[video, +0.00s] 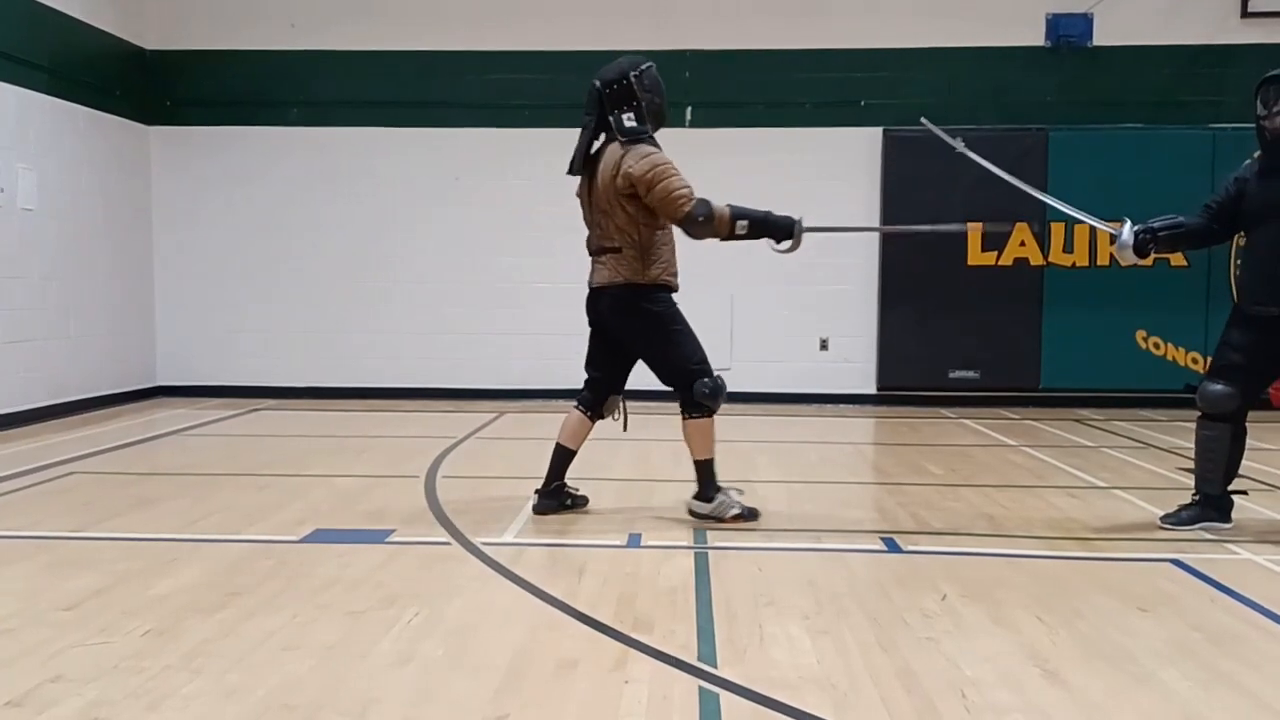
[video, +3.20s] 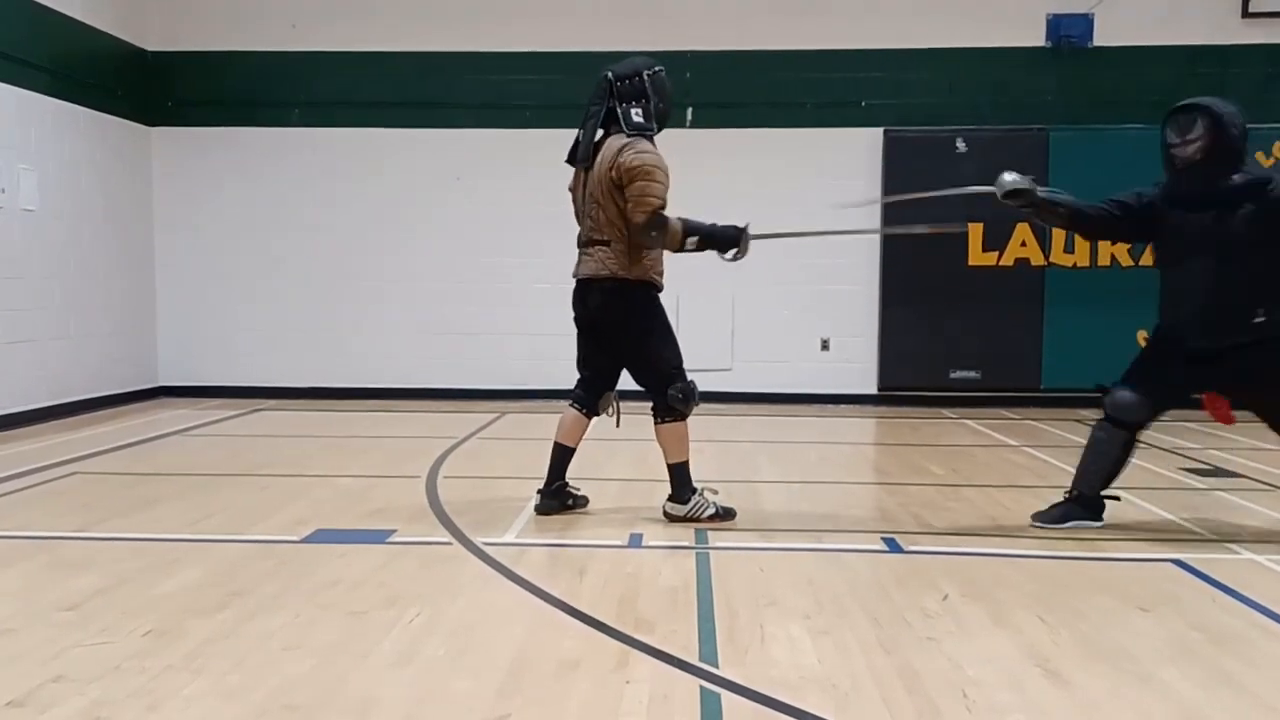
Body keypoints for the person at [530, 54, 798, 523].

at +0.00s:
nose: (660, 101)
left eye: (655, 92)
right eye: (652, 93)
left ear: (608, 103)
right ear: (638, 101)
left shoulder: (597, 154)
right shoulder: (641, 157)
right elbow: (698, 219)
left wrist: (731, 224)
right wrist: (767, 223)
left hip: (607, 297)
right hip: (642, 298)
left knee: (597, 394)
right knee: (699, 388)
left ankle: (551, 488)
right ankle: (708, 494)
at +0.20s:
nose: (696, 112)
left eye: (692, 104)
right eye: (689, 105)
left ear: (643, 113)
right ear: (677, 111)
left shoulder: (628, 169)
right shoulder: (687, 164)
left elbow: (624, 246)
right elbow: (760, 207)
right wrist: (828, 215)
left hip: (634, 307)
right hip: (673, 309)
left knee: (606, 397)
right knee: (734, 396)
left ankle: (552, 488)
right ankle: (766, 496)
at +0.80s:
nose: (713, 122)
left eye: (710, 112)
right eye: (708, 113)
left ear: (661, 115)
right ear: (694, 117)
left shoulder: (634, 171)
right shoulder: (694, 171)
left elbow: (624, 254)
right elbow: (725, 246)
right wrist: (789, 254)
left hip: (636, 312)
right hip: (679, 313)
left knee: (615, 403)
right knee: (739, 402)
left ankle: (555, 488)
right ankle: (781, 500)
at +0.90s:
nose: (694, 116)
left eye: (691, 107)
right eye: (689, 108)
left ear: (643, 115)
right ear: (676, 115)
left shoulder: (622, 167)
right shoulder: (671, 170)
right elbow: (687, 244)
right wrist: (751, 258)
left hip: (621, 307)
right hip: (657, 309)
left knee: (607, 402)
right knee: (722, 395)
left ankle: (554, 488)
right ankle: (758, 494)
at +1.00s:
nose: (685, 112)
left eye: (682, 103)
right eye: (678, 104)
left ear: (632, 111)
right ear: (664, 110)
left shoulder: (620, 162)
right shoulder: (655, 167)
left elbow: (635, 243)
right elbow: (663, 243)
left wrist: (721, 257)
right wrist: (731, 256)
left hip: (615, 304)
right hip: (648, 305)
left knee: (609, 397)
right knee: (717, 383)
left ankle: (554, 486)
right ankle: (698, 492)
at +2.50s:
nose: (655, 105)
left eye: (651, 96)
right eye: (650, 97)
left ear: (604, 104)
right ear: (638, 101)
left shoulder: (588, 153)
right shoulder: (639, 152)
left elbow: (584, 219)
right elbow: (699, 201)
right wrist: (775, 212)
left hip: (595, 293)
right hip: (634, 294)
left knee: (594, 389)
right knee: (674, 390)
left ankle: (553, 487)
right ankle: (683, 495)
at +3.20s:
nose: (664, 103)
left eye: (661, 94)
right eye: (659, 95)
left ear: (613, 101)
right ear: (646, 100)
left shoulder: (592, 151)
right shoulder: (641, 155)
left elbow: (596, 224)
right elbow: (649, 229)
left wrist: (689, 233)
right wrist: (707, 236)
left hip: (590, 292)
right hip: (628, 294)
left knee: (592, 386)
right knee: (671, 392)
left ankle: (553, 487)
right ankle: (683, 495)